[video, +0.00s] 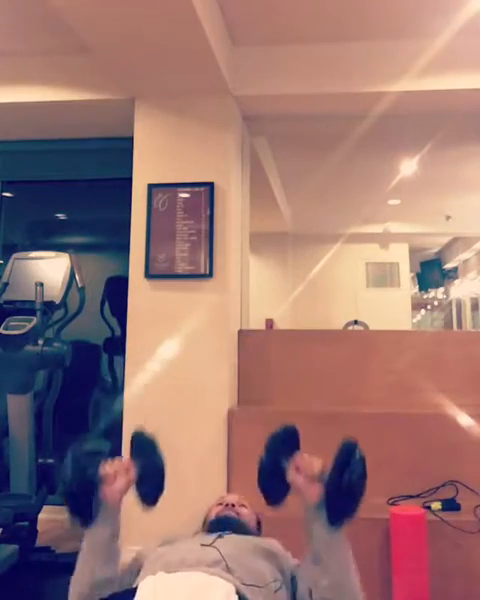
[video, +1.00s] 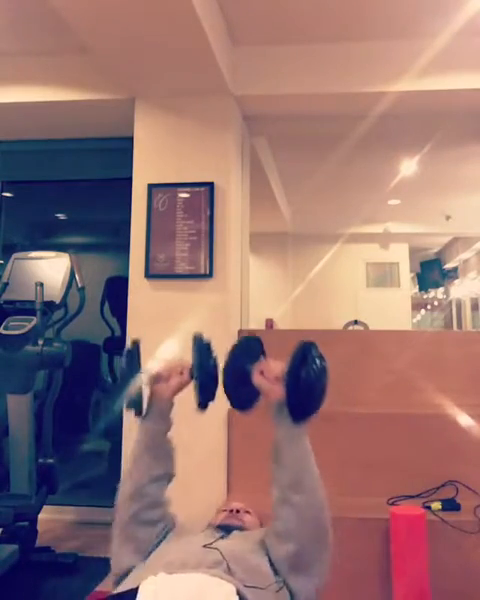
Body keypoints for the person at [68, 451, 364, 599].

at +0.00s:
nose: (229, 504)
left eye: (240, 506)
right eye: (220, 504)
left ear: (259, 526)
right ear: (202, 523)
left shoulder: (274, 554)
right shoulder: (159, 552)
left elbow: (338, 594)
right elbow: (88, 593)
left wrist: (317, 510)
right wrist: (108, 509)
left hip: (225, 589)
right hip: (154, 587)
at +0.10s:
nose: (229, 502)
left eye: (240, 503)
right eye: (220, 501)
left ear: (256, 525)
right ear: (203, 521)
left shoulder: (271, 552)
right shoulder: (156, 550)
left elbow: (319, 592)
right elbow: (98, 592)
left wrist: (318, 540)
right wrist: (105, 540)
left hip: (224, 589)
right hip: (156, 588)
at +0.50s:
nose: (226, 506)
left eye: (238, 508)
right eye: (218, 506)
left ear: (255, 530)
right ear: (199, 524)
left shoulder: (271, 553)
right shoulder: (156, 550)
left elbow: (324, 594)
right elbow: (83, 592)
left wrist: (315, 509)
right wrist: (112, 496)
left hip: (223, 589)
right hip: (150, 586)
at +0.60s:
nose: (227, 513)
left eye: (238, 514)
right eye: (218, 512)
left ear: (258, 533)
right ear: (201, 527)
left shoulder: (273, 553)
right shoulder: (156, 552)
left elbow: (332, 581)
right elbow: (92, 565)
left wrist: (307, 468)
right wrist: (124, 461)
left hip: (227, 591)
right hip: (154, 588)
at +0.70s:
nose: (228, 513)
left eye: (240, 515)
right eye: (220, 512)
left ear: (259, 533)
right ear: (204, 527)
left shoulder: (275, 553)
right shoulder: (153, 547)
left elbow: (319, 535)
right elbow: (110, 517)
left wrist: (296, 431)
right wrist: (140, 429)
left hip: (223, 590)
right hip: (152, 587)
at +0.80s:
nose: (233, 515)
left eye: (245, 516)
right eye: (224, 513)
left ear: (262, 532)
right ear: (208, 524)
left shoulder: (282, 563)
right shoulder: (150, 546)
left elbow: (305, 506)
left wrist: (286, 404)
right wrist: (155, 398)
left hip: (220, 589)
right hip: (144, 588)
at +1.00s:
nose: (234, 510)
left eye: (245, 512)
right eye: (226, 509)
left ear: (261, 529)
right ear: (209, 521)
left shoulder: (281, 560)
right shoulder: (155, 546)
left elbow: (301, 502)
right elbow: (142, 486)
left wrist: (284, 407)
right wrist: (159, 403)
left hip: (223, 588)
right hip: (144, 588)